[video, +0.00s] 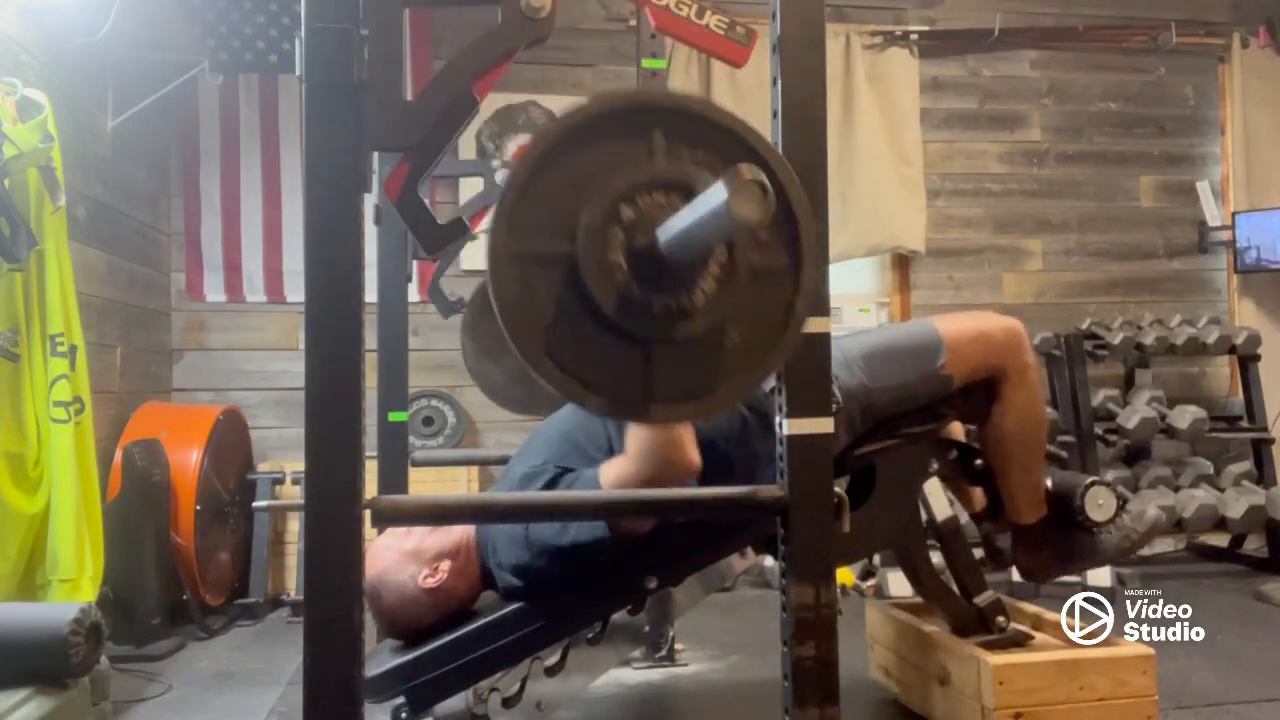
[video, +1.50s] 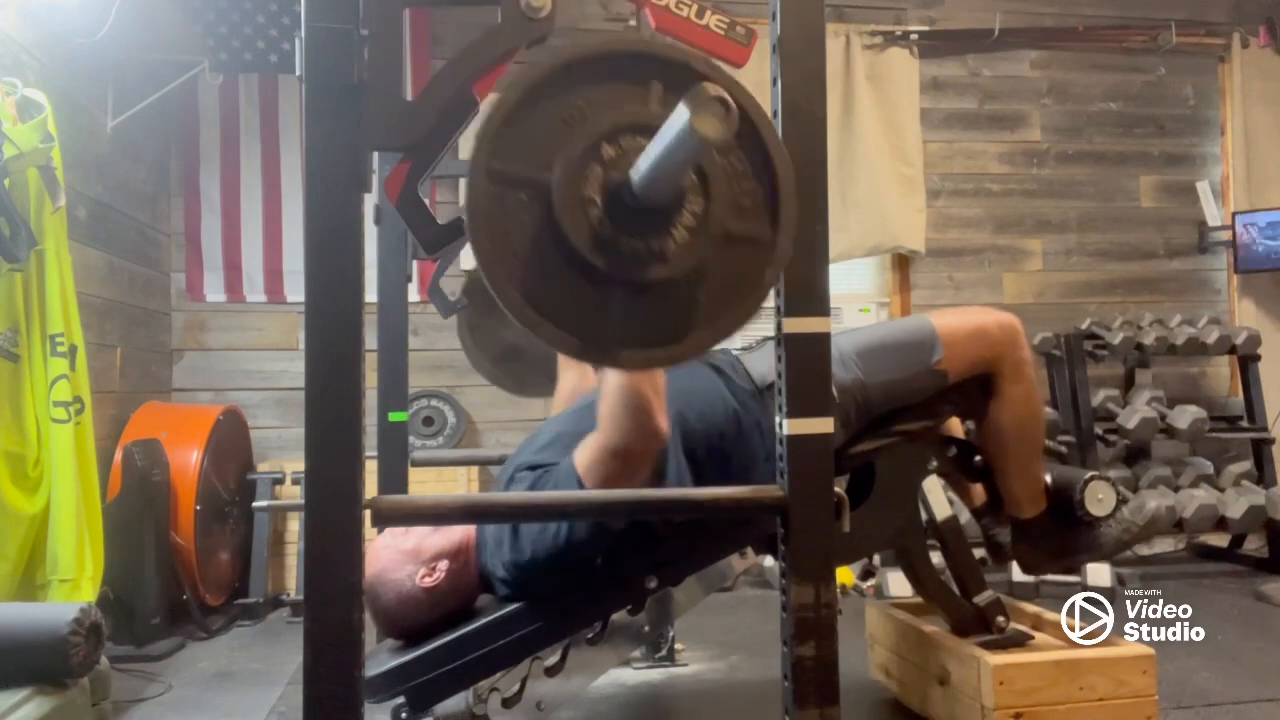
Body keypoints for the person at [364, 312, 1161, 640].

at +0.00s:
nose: (419, 531)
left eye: (402, 535)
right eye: (417, 550)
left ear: (428, 544)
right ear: (447, 578)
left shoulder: (496, 503)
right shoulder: (529, 546)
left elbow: (625, 426)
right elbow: (666, 461)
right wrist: (640, 323)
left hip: (741, 379)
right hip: (765, 430)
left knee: (950, 327)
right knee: (1003, 343)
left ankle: (995, 495)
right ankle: (1033, 532)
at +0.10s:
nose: (417, 530)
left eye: (399, 536)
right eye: (416, 549)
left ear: (426, 545)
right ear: (446, 577)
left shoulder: (497, 497)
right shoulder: (529, 543)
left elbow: (600, 418)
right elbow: (669, 497)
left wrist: (656, 327)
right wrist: (678, 367)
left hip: (733, 379)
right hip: (761, 432)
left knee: (946, 322)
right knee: (1003, 341)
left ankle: (992, 482)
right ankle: (1033, 530)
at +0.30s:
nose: (414, 530)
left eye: (397, 535)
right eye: (415, 548)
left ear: (425, 552)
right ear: (447, 574)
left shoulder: (495, 490)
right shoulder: (534, 543)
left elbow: (581, 417)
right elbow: (683, 546)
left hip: (709, 395)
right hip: (751, 438)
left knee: (944, 324)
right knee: (1001, 340)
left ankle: (994, 475)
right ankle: (1034, 528)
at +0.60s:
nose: (414, 531)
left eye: (396, 537)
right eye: (415, 551)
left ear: (423, 542)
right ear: (448, 576)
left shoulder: (495, 492)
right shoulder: (530, 538)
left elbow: (587, 426)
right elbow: (670, 525)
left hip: (708, 400)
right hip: (746, 443)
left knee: (958, 327)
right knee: (1002, 340)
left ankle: (995, 482)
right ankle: (1034, 528)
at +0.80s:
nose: (417, 531)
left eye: (398, 535)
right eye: (416, 550)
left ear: (425, 542)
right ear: (446, 576)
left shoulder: (500, 494)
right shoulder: (524, 546)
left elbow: (627, 430)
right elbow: (655, 461)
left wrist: (608, 312)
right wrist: (637, 325)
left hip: (747, 378)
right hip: (768, 429)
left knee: (962, 329)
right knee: (1003, 341)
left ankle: (994, 489)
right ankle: (1033, 529)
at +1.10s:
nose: (416, 530)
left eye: (399, 533)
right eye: (412, 548)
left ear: (428, 544)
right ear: (445, 577)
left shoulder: (506, 497)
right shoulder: (529, 552)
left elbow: (557, 375)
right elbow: (584, 390)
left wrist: (572, 205)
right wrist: (589, 220)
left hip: (746, 372)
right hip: (771, 420)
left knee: (963, 329)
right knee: (1002, 340)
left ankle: (996, 494)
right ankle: (1035, 532)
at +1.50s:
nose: (413, 525)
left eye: (395, 530)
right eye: (412, 543)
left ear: (426, 552)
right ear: (445, 573)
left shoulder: (499, 493)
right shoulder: (532, 550)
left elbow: (576, 397)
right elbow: (637, 431)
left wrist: (571, 251)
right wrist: (615, 277)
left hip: (734, 369)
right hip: (766, 421)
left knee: (929, 325)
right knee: (998, 337)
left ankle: (973, 460)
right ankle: (1033, 521)